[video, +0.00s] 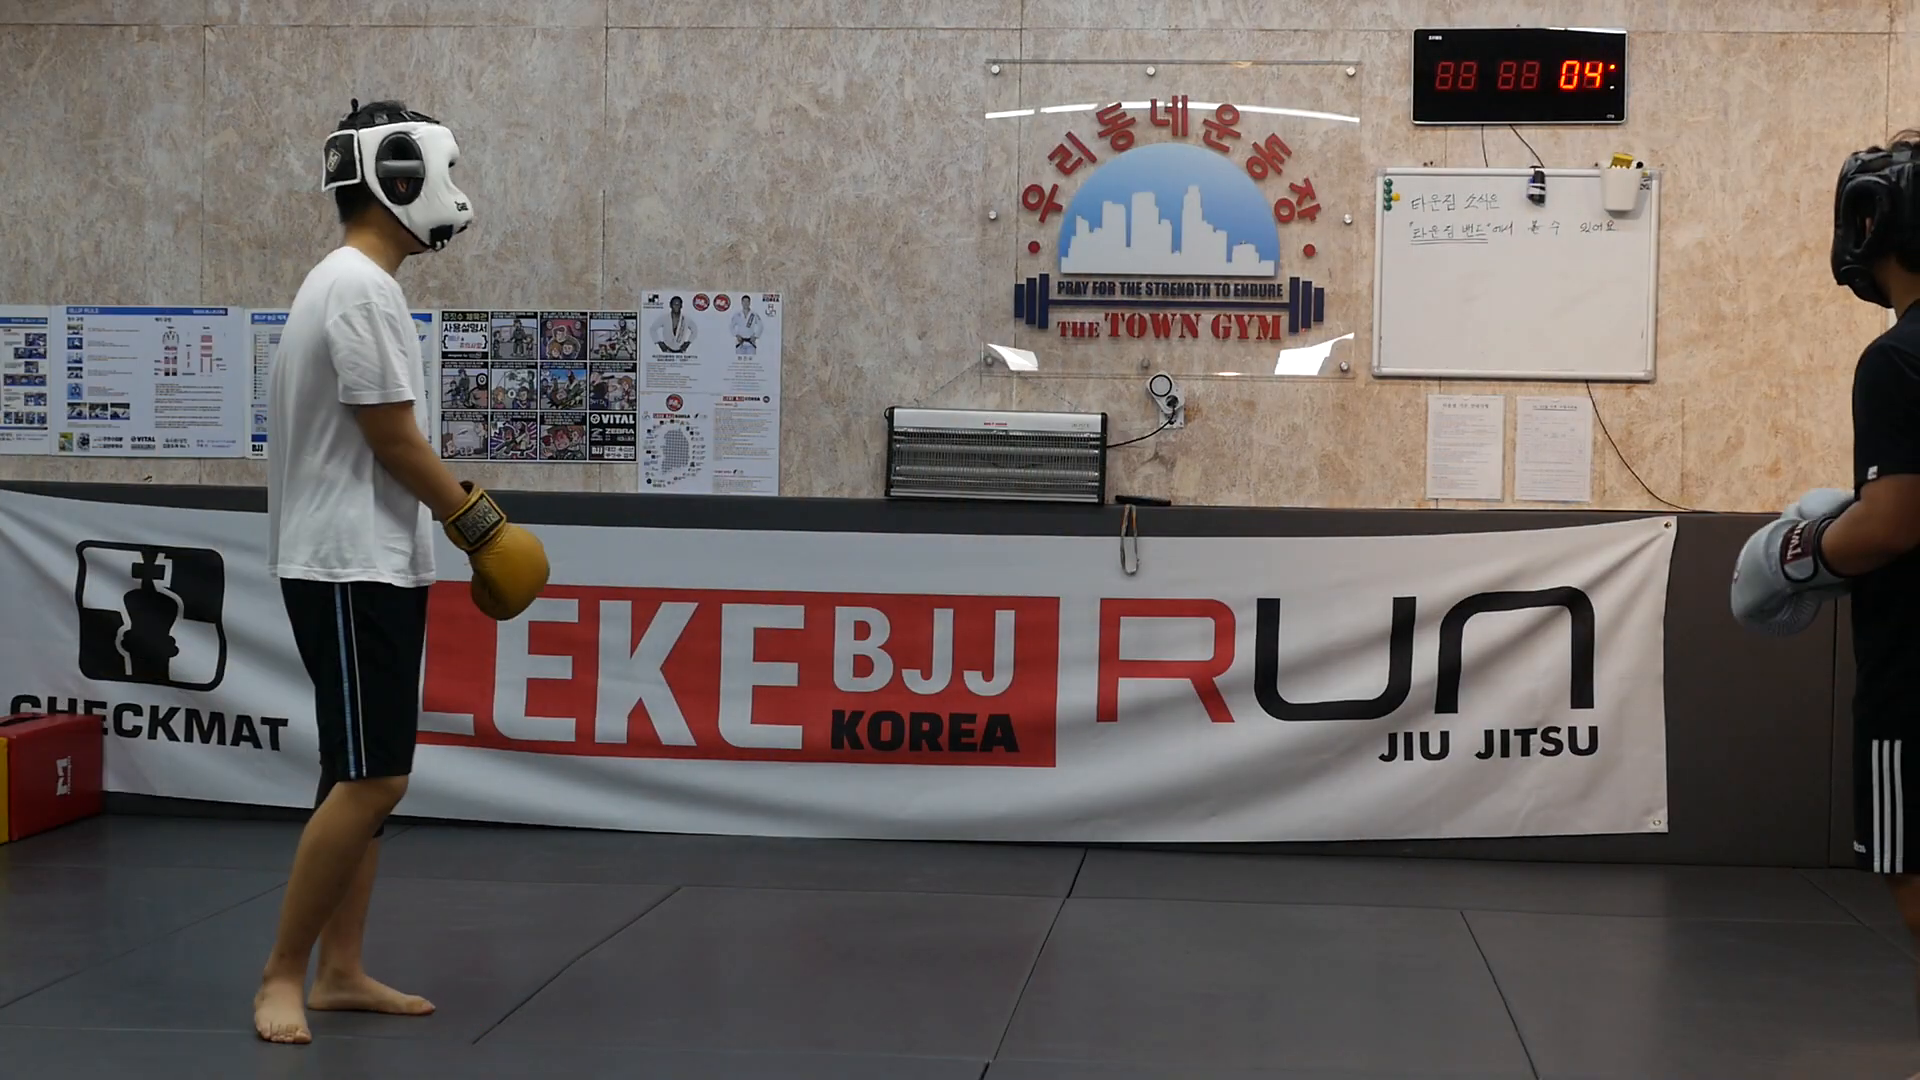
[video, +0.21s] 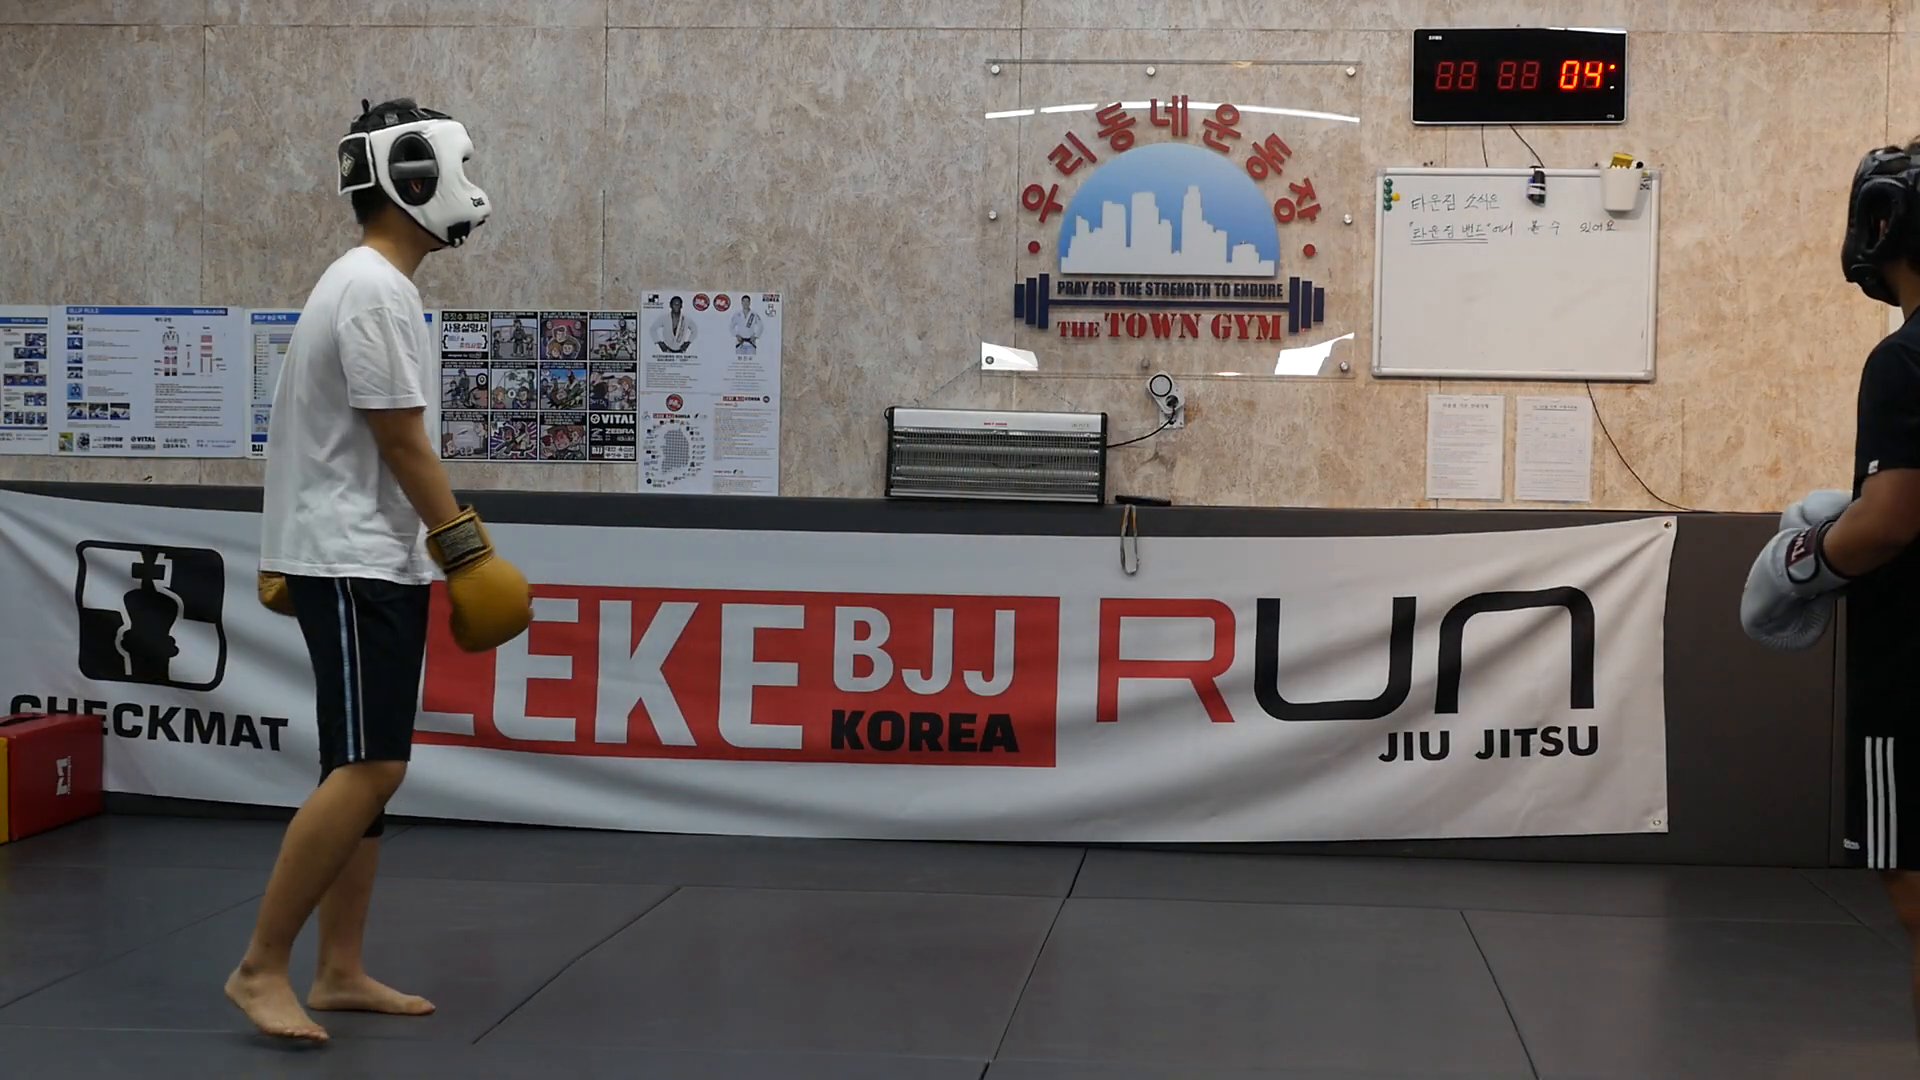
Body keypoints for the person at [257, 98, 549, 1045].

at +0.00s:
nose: (453, 195)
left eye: (448, 176)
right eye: (443, 177)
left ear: (362, 185)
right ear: (410, 184)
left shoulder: (348, 285)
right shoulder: (358, 290)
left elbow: (382, 444)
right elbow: (393, 439)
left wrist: (468, 524)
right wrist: (479, 523)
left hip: (363, 562)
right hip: (350, 565)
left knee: (371, 778)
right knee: (370, 780)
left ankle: (341, 971)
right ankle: (282, 980)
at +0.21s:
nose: (470, 191)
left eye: (465, 173)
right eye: (458, 175)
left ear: (384, 186)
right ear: (415, 184)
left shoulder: (358, 284)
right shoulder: (377, 289)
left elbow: (314, 441)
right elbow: (401, 445)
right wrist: (469, 551)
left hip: (362, 557)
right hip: (354, 560)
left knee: (374, 766)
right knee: (367, 769)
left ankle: (340, 970)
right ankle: (260, 969)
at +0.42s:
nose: (481, 192)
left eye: (478, 174)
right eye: (466, 175)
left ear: (407, 188)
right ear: (417, 186)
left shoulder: (404, 299)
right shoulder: (363, 293)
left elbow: (390, 449)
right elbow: (363, 440)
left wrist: (421, 577)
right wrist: (398, 568)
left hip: (384, 566)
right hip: (340, 568)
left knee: (372, 776)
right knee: (341, 776)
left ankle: (350, 969)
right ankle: (326, 993)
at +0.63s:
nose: (466, 195)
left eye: (468, 175)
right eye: (448, 179)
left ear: (427, 184)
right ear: (396, 183)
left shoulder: (436, 296)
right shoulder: (332, 291)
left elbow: (434, 439)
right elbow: (310, 433)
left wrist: (463, 544)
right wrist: (323, 559)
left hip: (421, 573)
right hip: (353, 571)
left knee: (380, 779)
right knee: (342, 781)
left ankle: (350, 969)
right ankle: (326, 1003)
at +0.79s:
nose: (454, 181)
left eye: (458, 165)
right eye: (435, 166)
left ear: (458, 173)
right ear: (377, 171)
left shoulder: (445, 291)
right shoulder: (315, 291)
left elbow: (477, 420)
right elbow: (285, 437)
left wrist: (540, 522)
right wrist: (274, 569)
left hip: (428, 582)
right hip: (345, 581)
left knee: (385, 787)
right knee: (335, 789)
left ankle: (351, 970)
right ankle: (326, 1011)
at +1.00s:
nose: (432, 181)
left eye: (440, 165)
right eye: (411, 164)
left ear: (449, 172)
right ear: (354, 170)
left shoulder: (449, 285)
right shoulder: (298, 293)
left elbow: (479, 415)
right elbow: (273, 442)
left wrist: (549, 510)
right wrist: (253, 575)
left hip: (438, 579)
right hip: (340, 581)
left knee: (404, 792)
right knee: (335, 791)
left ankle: (356, 964)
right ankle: (326, 1012)